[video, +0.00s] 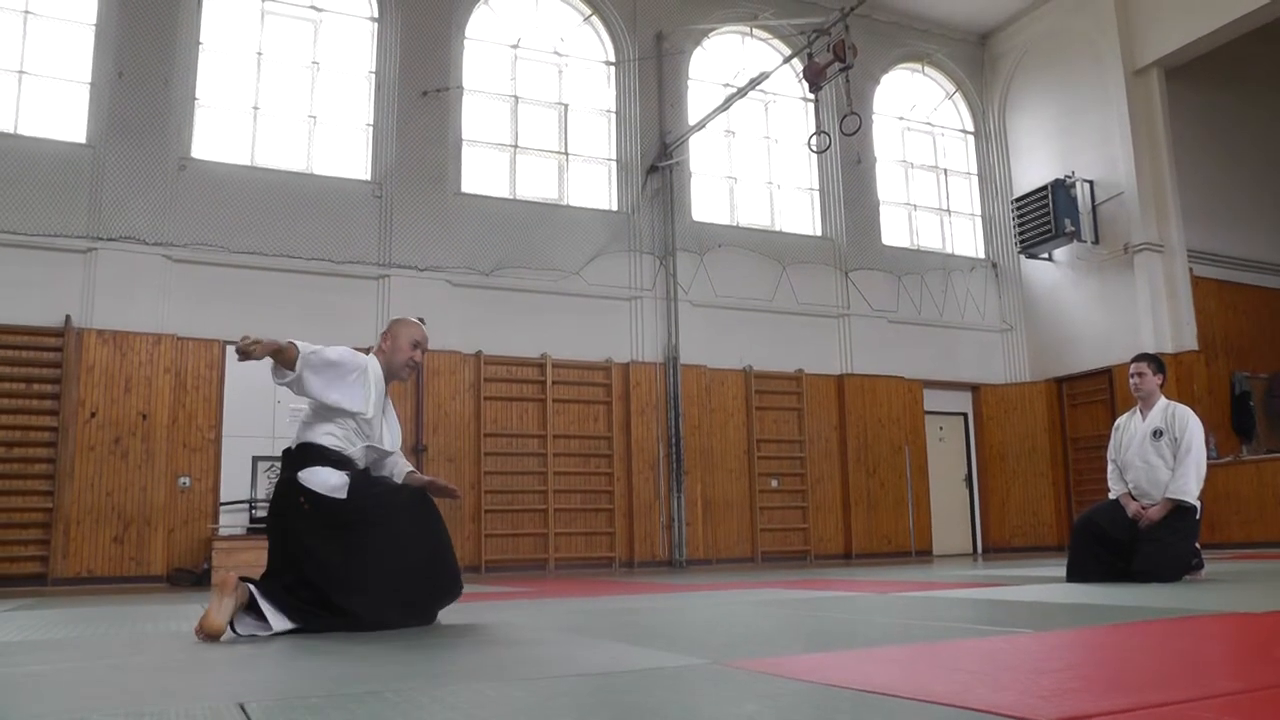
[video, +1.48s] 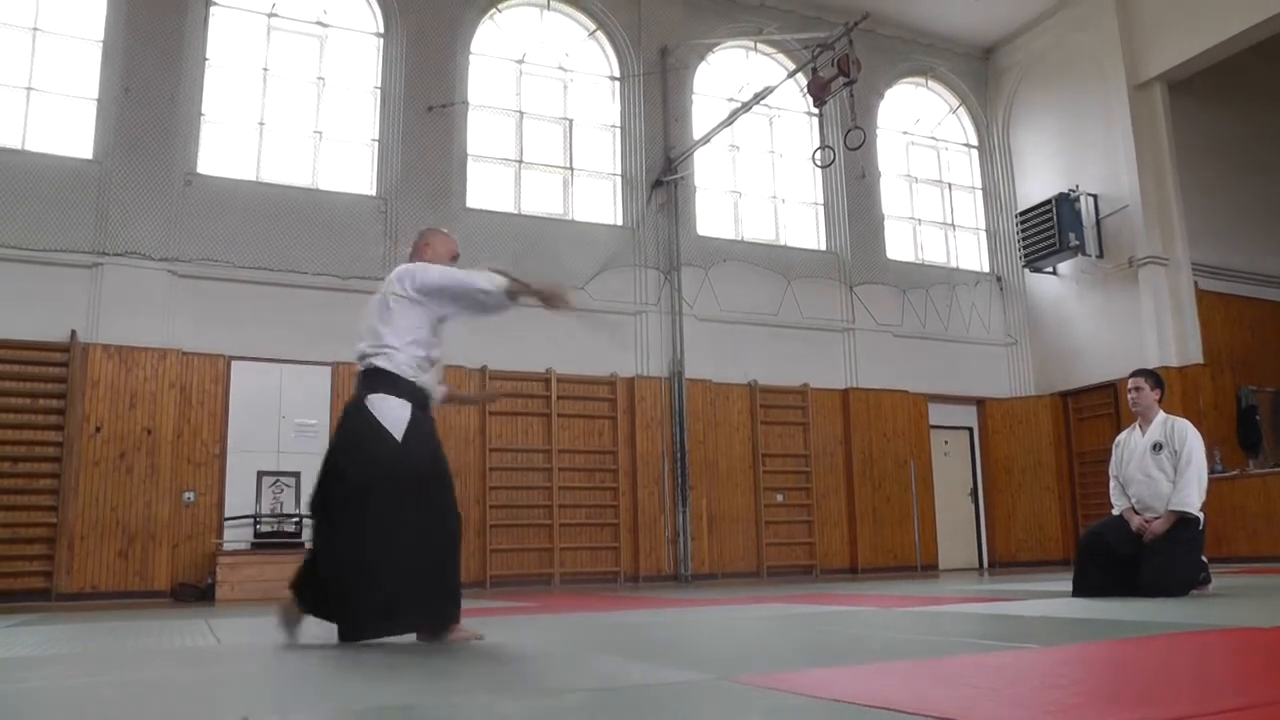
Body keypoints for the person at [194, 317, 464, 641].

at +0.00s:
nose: (419, 357)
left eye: (423, 352)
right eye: (414, 346)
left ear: (417, 358)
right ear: (385, 341)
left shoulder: (383, 409)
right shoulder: (359, 364)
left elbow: (386, 459)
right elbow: (306, 357)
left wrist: (421, 481)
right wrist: (272, 348)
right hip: (318, 469)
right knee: (410, 504)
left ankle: (243, 598)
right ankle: (409, 602)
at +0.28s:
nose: (428, 335)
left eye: (428, 329)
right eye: (420, 327)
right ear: (392, 333)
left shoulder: (393, 399)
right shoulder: (377, 355)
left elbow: (383, 459)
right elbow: (330, 379)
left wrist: (410, 476)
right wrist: (338, 401)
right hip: (336, 466)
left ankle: (242, 603)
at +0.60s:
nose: (420, 271)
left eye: (420, 263)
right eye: (416, 262)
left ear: (385, 259)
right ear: (395, 259)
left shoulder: (333, 300)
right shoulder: (403, 298)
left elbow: (315, 360)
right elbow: (438, 361)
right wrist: (453, 419)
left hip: (310, 402)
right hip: (359, 403)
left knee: (304, 504)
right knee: (399, 496)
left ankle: (259, 577)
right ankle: (407, 608)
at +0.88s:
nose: (384, 250)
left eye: (384, 242)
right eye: (381, 240)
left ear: (343, 235)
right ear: (360, 234)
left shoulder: (293, 269)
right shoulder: (385, 276)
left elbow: (256, 332)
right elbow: (396, 353)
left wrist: (248, 363)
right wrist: (379, 371)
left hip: (300, 383)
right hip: (356, 386)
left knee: (278, 495)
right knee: (382, 494)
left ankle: (257, 616)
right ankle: (397, 608)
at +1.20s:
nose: (398, 262)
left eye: (400, 255)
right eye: (396, 253)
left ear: (361, 244)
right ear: (371, 243)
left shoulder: (305, 279)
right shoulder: (393, 279)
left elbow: (263, 343)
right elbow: (401, 344)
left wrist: (264, 361)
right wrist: (370, 359)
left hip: (302, 393)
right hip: (354, 394)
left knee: (292, 505)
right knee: (403, 497)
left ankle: (261, 624)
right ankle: (426, 610)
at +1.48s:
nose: (455, 264)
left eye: (455, 258)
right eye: (450, 255)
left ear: (423, 252)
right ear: (423, 251)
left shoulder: (404, 298)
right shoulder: (409, 276)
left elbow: (408, 376)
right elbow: (473, 285)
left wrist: (466, 397)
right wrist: (533, 291)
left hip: (378, 400)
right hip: (395, 400)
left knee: (352, 508)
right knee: (437, 510)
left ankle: (301, 598)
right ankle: (437, 622)